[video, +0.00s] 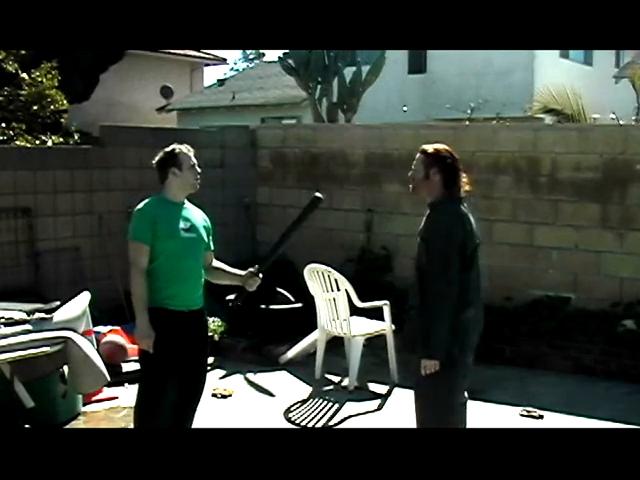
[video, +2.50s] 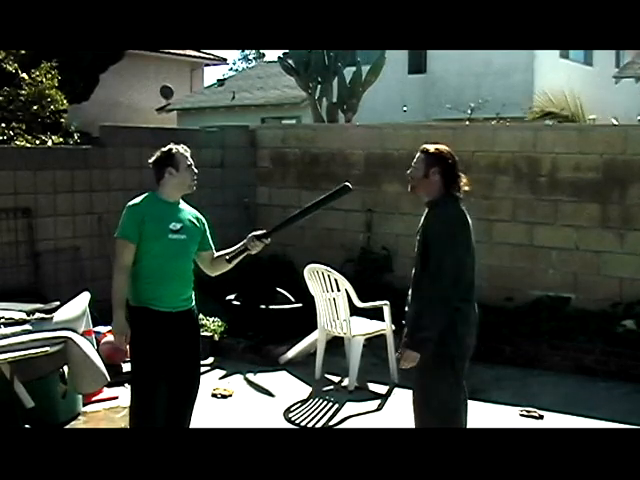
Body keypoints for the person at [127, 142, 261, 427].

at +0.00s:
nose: (199, 172)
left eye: (198, 167)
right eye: (193, 167)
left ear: (181, 173)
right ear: (173, 173)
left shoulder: (200, 217)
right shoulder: (148, 212)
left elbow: (208, 266)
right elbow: (138, 269)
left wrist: (241, 277)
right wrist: (142, 322)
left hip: (194, 320)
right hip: (162, 319)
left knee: (189, 395)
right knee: (158, 397)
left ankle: (178, 430)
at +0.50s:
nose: (204, 172)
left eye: (202, 167)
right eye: (197, 168)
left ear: (184, 174)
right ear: (178, 174)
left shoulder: (204, 219)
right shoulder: (146, 213)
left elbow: (216, 267)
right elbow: (133, 269)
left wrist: (249, 278)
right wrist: (136, 322)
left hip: (194, 320)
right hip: (159, 319)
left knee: (188, 398)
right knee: (155, 399)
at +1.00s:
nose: (207, 183)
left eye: (207, 177)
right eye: (203, 177)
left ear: (187, 178)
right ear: (184, 176)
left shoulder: (204, 215)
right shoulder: (144, 210)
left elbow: (216, 258)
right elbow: (126, 262)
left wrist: (255, 264)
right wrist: (124, 311)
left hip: (191, 317)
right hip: (154, 316)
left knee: (188, 392)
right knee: (153, 392)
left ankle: (179, 430)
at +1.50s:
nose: (208, 176)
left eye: (207, 171)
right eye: (202, 171)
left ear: (187, 176)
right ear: (182, 174)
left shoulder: (202, 220)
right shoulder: (147, 208)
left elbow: (220, 262)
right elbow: (123, 260)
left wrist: (262, 252)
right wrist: (118, 309)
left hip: (187, 318)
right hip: (150, 316)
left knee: (186, 391)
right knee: (152, 392)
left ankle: (177, 432)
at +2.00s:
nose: (201, 173)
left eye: (199, 168)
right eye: (195, 168)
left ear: (181, 174)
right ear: (175, 173)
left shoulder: (197, 220)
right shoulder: (142, 209)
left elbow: (215, 267)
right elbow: (125, 263)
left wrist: (246, 247)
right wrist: (124, 314)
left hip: (185, 319)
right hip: (150, 318)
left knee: (184, 395)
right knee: (149, 396)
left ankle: (176, 430)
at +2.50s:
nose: (196, 171)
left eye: (194, 166)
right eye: (189, 166)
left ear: (177, 173)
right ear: (169, 173)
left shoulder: (195, 219)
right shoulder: (138, 210)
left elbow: (211, 266)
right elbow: (122, 266)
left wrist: (245, 247)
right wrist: (119, 316)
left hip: (184, 319)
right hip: (148, 318)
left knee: (184, 393)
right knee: (149, 395)